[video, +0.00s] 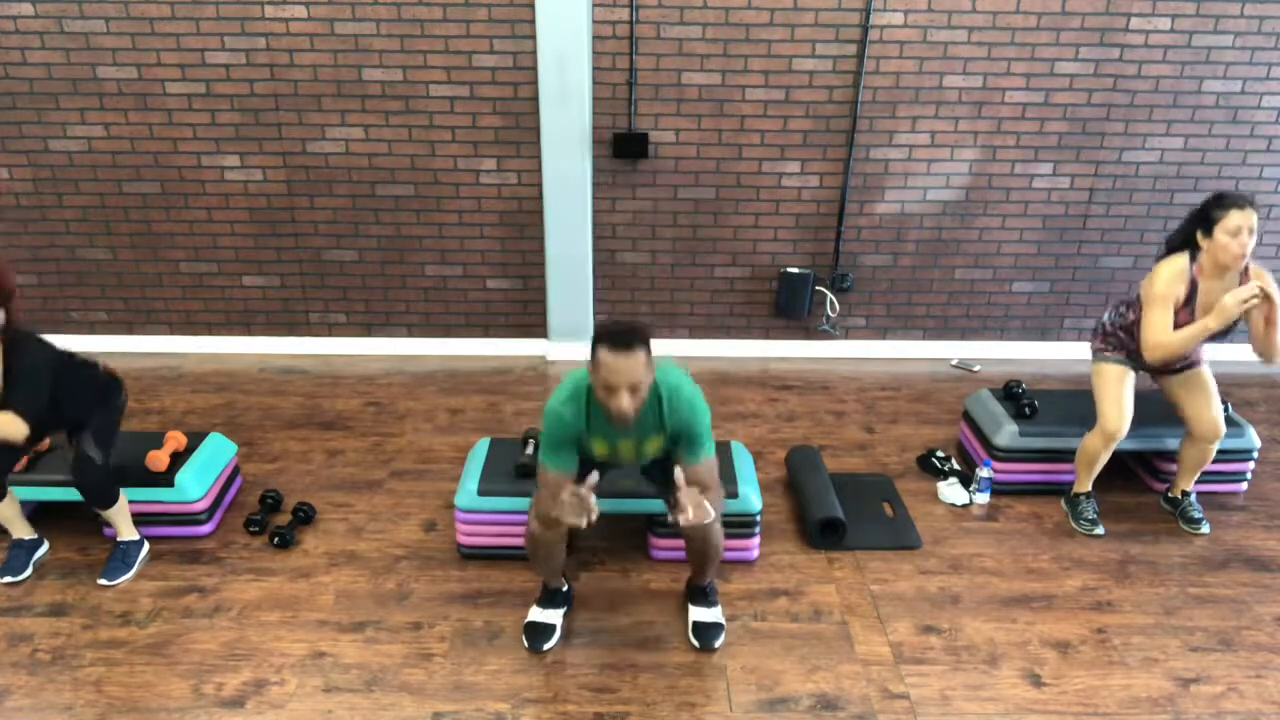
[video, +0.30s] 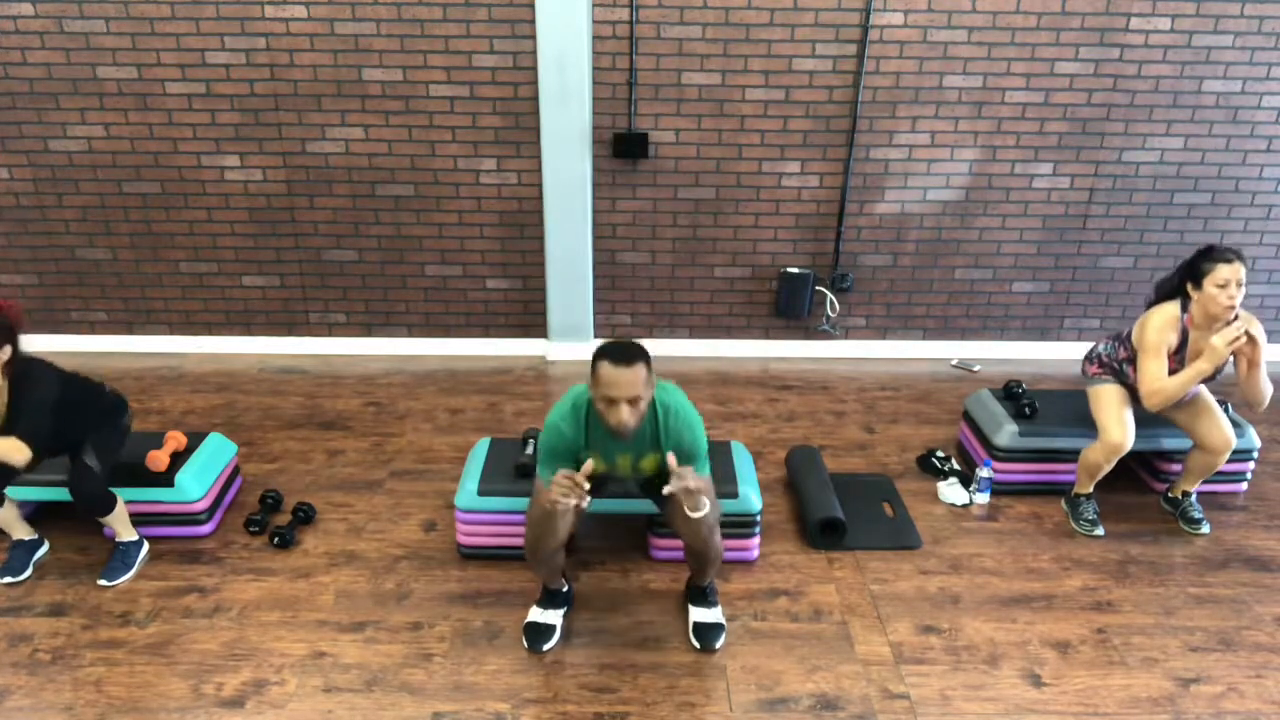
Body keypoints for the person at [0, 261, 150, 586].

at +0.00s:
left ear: (6, 314)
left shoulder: (24, 349)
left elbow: (17, 428)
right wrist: (31, 438)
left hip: (96, 396)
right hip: (48, 407)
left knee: (87, 473)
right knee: (1, 474)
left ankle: (131, 540)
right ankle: (25, 538)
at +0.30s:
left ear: (5, 352)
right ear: (4, 353)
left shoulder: (33, 375)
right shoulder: (6, 382)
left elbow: (19, 452)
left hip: (104, 415)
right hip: (57, 424)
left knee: (85, 487)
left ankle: (131, 541)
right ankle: (26, 539)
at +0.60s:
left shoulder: (22, 288)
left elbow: (13, 369)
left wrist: (2, 436)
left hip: (80, 370)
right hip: (31, 376)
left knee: (80, 467)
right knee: (0, 465)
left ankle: (130, 540)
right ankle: (26, 540)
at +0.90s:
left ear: (7, 183)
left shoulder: (29, 232)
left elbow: (77, 295)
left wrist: (111, 353)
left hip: (47, 360)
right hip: (5, 370)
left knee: (80, 450)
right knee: (7, 458)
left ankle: (129, 539)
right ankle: (26, 539)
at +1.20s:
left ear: (4, 195)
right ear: (3, 195)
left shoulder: (32, 234)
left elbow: (83, 276)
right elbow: (83, 274)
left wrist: (117, 312)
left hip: (38, 363)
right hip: (1, 373)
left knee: (76, 450)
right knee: (7, 459)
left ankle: (129, 539)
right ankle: (26, 539)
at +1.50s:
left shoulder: (20, 239)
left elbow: (59, 315)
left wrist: (51, 390)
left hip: (54, 362)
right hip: (7, 371)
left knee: (79, 449)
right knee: (6, 458)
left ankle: (129, 538)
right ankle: (26, 539)